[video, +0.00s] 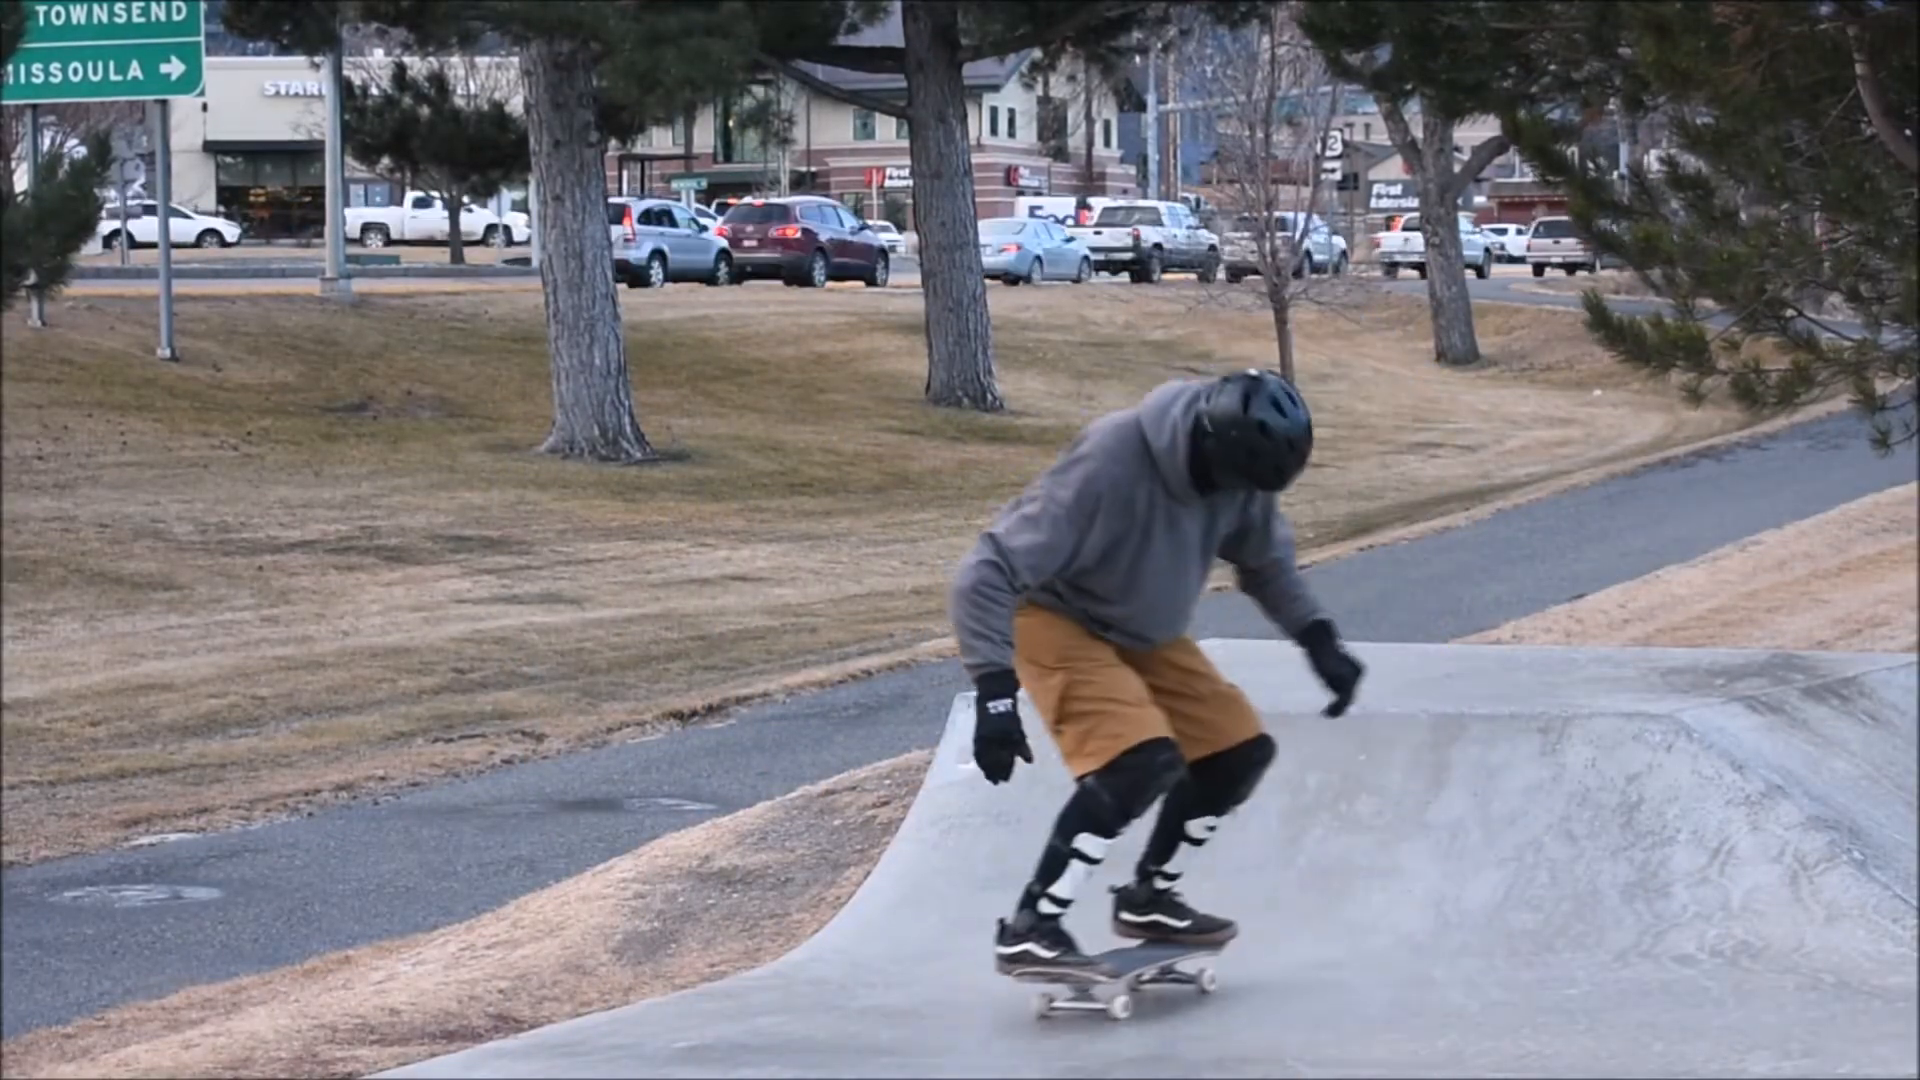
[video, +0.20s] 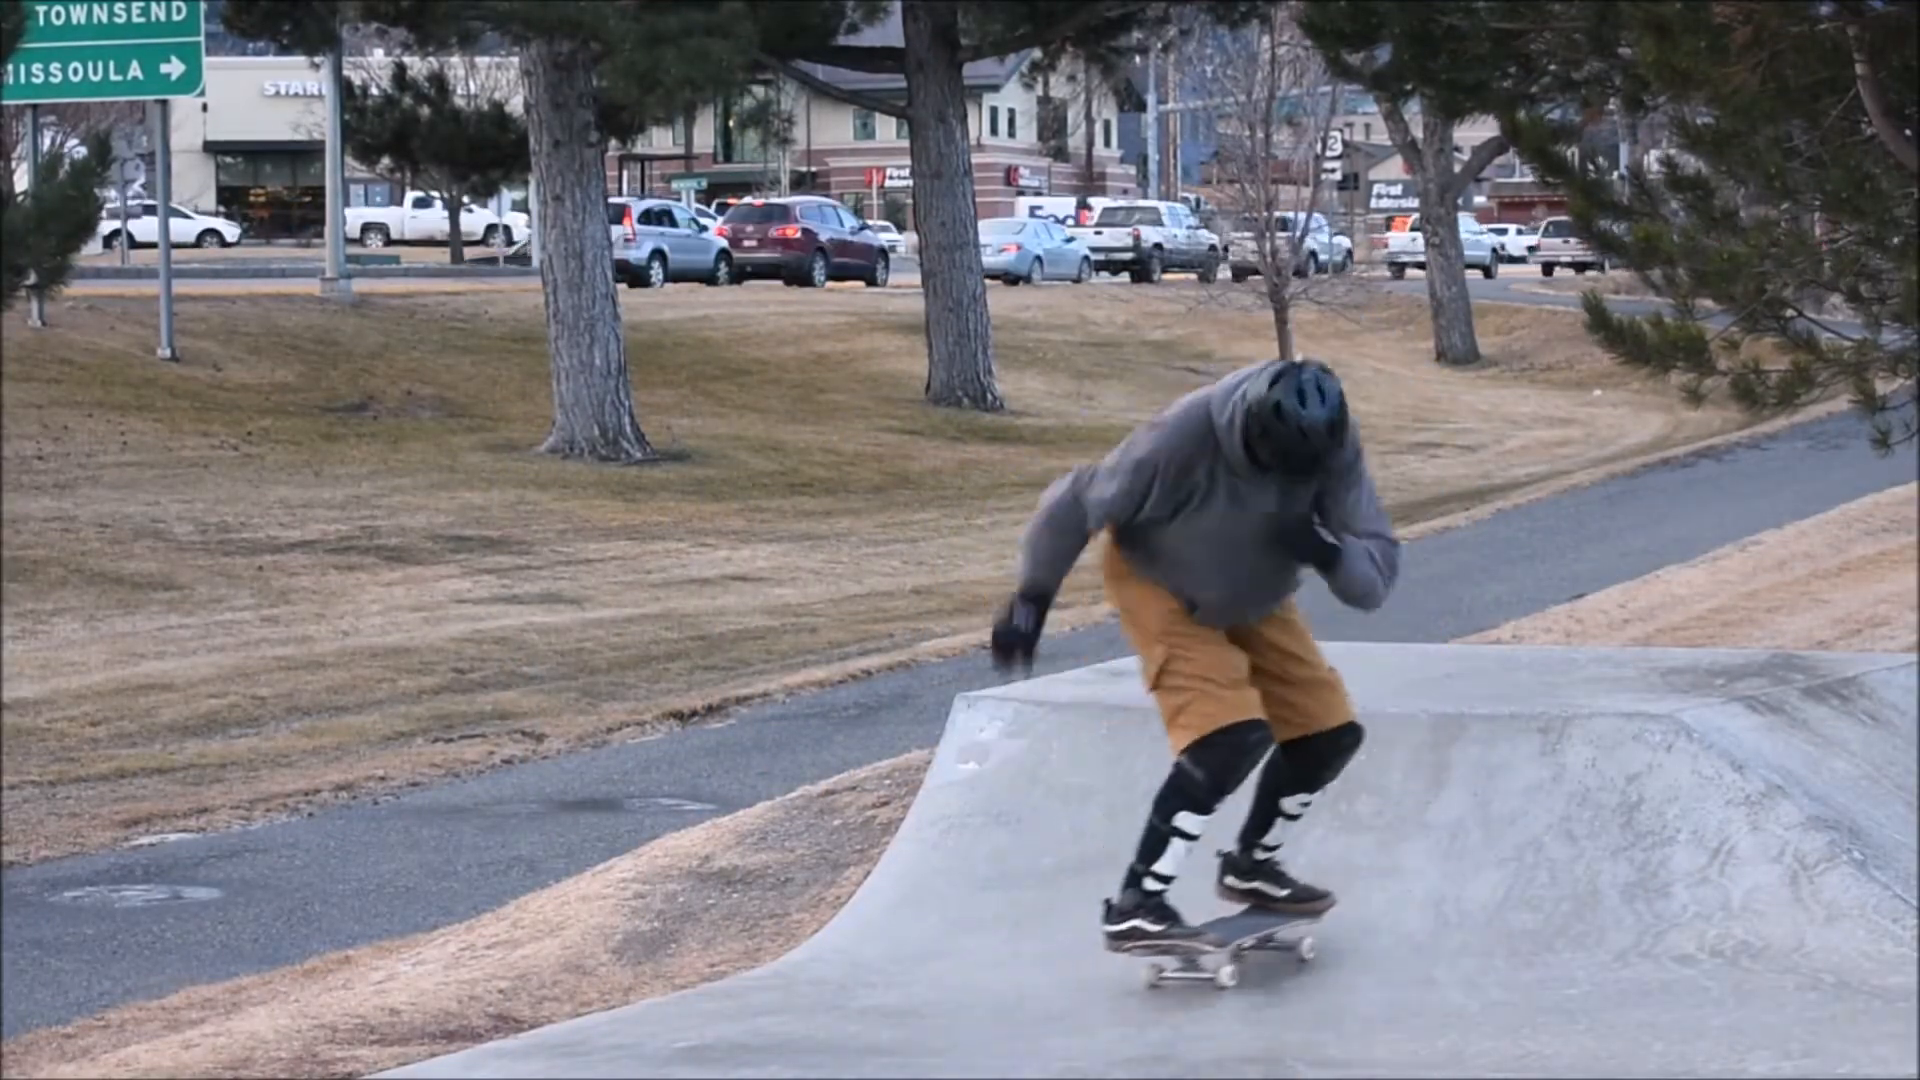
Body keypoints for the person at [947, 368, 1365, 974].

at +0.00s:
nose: (1254, 494)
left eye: (1263, 484)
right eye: (1250, 480)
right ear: (1219, 450)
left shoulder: (1242, 476)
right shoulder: (1114, 457)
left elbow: (1268, 565)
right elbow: (987, 571)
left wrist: (1320, 640)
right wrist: (995, 696)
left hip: (1143, 627)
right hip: (1051, 614)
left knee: (1236, 752)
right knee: (1140, 759)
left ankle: (1147, 897)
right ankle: (1031, 924)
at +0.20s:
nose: (1281, 476)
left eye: (1300, 468)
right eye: (1272, 461)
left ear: (1330, 440)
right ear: (1254, 424)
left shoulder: (1334, 444)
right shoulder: (1185, 434)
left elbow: (1375, 577)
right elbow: (1075, 501)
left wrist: (1328, 552)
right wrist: (1030, 601)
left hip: (1252, 586)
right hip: (1158, 577)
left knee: (1326, 735)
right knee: (1230, 736)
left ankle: (1250, 864)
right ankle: (1136, 903)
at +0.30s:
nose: (1296, 416)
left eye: (1310, 407)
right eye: (1284, 404)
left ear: (1340, 377)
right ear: (1261, 368)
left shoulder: (1367, 378)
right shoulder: (1216, 358)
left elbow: (1396, 513)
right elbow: (1131, 368)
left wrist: (1318, 544)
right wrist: (1068, 426)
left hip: (1313, 539)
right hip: (1217, 532)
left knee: (1370, 695)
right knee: (1251, 705)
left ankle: (1312, 808)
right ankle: (1191, 877)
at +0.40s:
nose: (1303, 367)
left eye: (1315, 357)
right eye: (1289, 356)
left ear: (1349, 330)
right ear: (1266, 324)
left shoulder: (1394, 336)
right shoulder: (1233, 302)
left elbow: (1483, 433)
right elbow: (1165, 284)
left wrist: (1486, 526)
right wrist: (1100, 303)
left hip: (1367, 483)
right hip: (1261, 480)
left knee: (1432, 647)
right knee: (1266, 655)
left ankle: (1456, 765)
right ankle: (1228, 766)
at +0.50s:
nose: (1305, 344)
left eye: (1317, 332)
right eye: (1290, 334)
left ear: (1352, 298)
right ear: (1266, 299)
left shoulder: (1422, 298)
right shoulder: (1243, 287)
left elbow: (1555, 321)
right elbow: (1158, 281)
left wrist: (1634, 400)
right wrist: (1077, 318)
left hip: (1418, 454)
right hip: (1310, 450)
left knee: (1449, 624)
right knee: (1276, 599)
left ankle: (1518, 769)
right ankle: (1331, 663)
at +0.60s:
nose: (1282, 338)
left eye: (1289, 325)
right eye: (1271, 327)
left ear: (1319, 297)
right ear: (1260, 295)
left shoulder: (1423, 286)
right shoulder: (1266, 283)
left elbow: (1542, 257)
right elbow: (1157, 326)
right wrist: (1059, 388)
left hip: (1470, 451)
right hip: (1389, 451)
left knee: (1430, 634)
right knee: (1352, 577)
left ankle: (1502, 782)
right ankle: (1425, 661)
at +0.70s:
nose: (1277, 354)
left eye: (1279, 341)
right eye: (1267, 344)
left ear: (1305, 309)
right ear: (1269, 315)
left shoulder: (1406, 303)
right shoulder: (1297, 325)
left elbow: (1530, 300)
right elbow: (1209, 370)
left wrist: (1630, 322)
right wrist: (1129, 429)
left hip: (1516, 458)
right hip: (1447, 455)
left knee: (1439, 649)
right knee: (1374, 573)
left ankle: (1511, 796)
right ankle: (1433, 667)